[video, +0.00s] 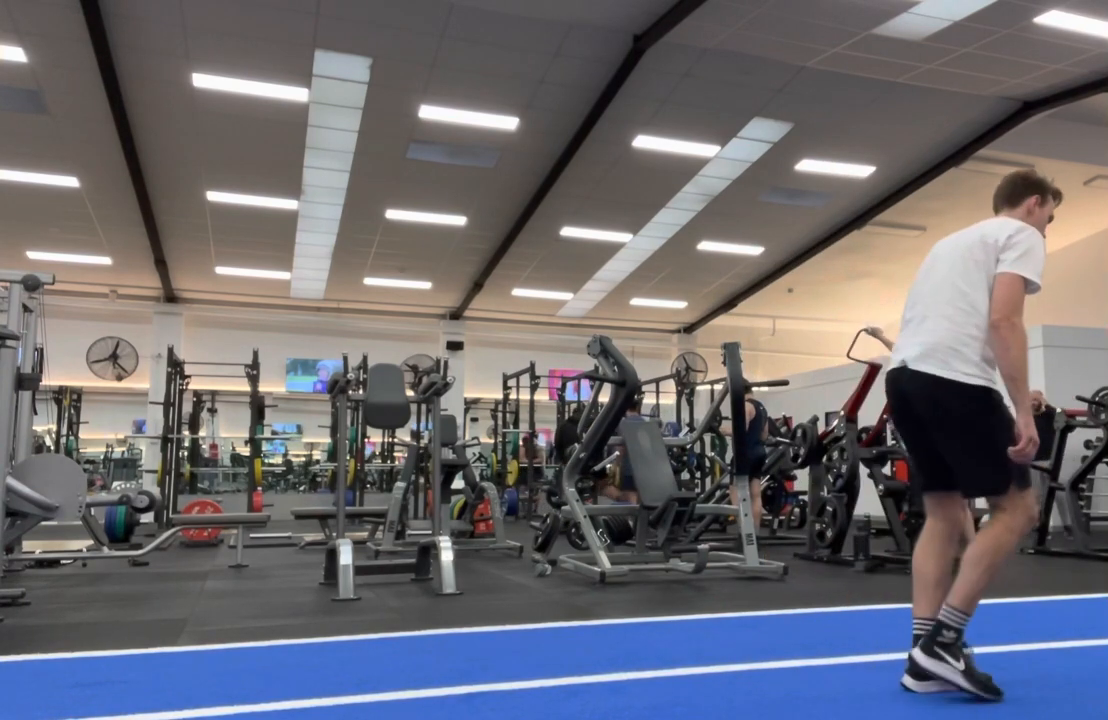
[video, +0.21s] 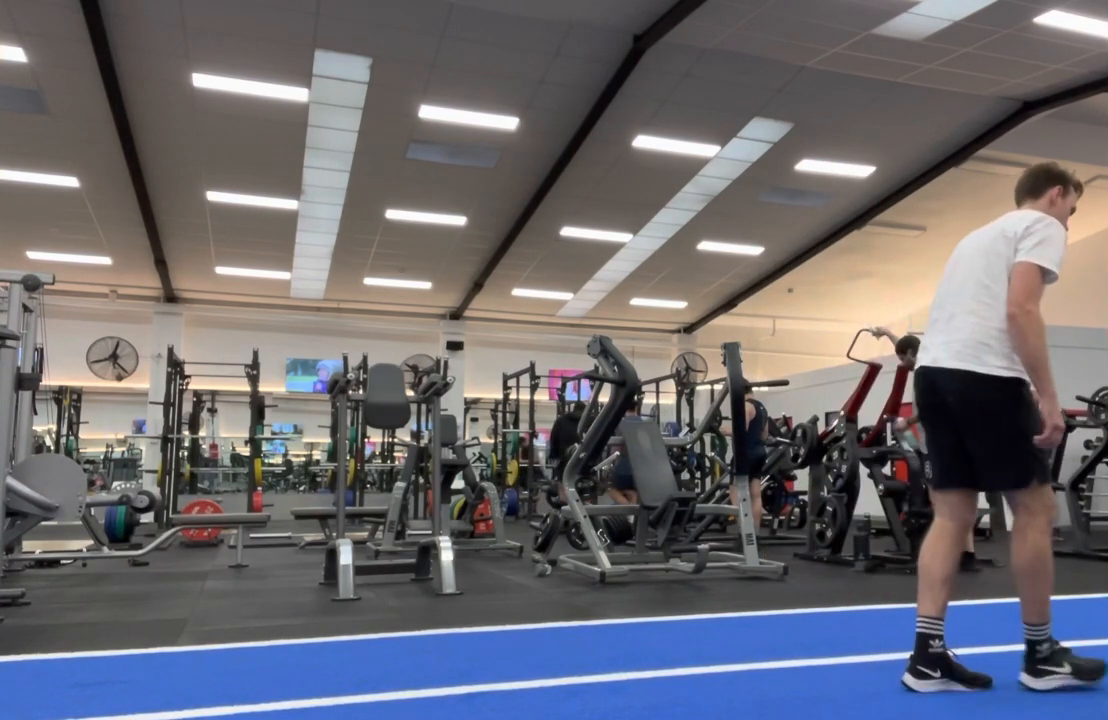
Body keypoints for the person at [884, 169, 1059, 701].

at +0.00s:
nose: (1047, 228)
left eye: (1051, 220)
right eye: (1049, 218)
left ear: (1003, 204)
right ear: (1034, 204)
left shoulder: (951, 245)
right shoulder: (1021, 234)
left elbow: (931, 330)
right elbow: (1004, 318)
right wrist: (1024, 409)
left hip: (905, 380)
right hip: (957, 381)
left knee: (944, 517)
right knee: (1017, 508)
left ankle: (925, 655)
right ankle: (945, 637)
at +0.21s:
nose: (1069, 217)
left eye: (1071, 209)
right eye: (1070, 207)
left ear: (1026, 196)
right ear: (1057, 195)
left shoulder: (979, 237)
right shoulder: (1045, 224)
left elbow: (953, 323)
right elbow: (1020, 307)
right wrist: (1048, 396)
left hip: (933, 380)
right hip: (990, 380)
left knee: (951, 515)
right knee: (1034, 510)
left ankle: (927, 653)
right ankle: (1042, 653)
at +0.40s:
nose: (1106, 231)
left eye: (1106, 225)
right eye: (1107, 223)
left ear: (1062, 212)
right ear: (1096, 214)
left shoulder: (1016, 247)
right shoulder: (1083, 241)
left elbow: (997, 333)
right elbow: (1067, 326)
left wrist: (1050, 402)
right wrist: (1092, 416)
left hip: (967, 380)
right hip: (1022, 384)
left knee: (1011, 511)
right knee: (1060, 515)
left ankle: (955, 618)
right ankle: (1063, 656)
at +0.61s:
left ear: (1091, 251)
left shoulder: (1048, 269)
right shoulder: (1103, 269)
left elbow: (991, 346)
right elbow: (1102, 358)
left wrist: (979, 433)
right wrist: (1106, 443)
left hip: (982, 375)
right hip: (1036, 381)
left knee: (1047, 508)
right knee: (1078, 511)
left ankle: (1057, 637)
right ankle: (1065, 652)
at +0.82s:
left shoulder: (1083, 297)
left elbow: (999, 362)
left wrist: (971, 448)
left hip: (989, 378)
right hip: (1040, 383)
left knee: (1051, 519)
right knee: (1092, 514)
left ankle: (1093, 635)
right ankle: (1068, 656)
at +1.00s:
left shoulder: (1092, 325)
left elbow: (1013, 415)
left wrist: (979, 484)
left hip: (993, 380)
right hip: (1039, 385)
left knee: (1056, 518)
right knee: (1099, 520)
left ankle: (1095, 636)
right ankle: (1068, 657)